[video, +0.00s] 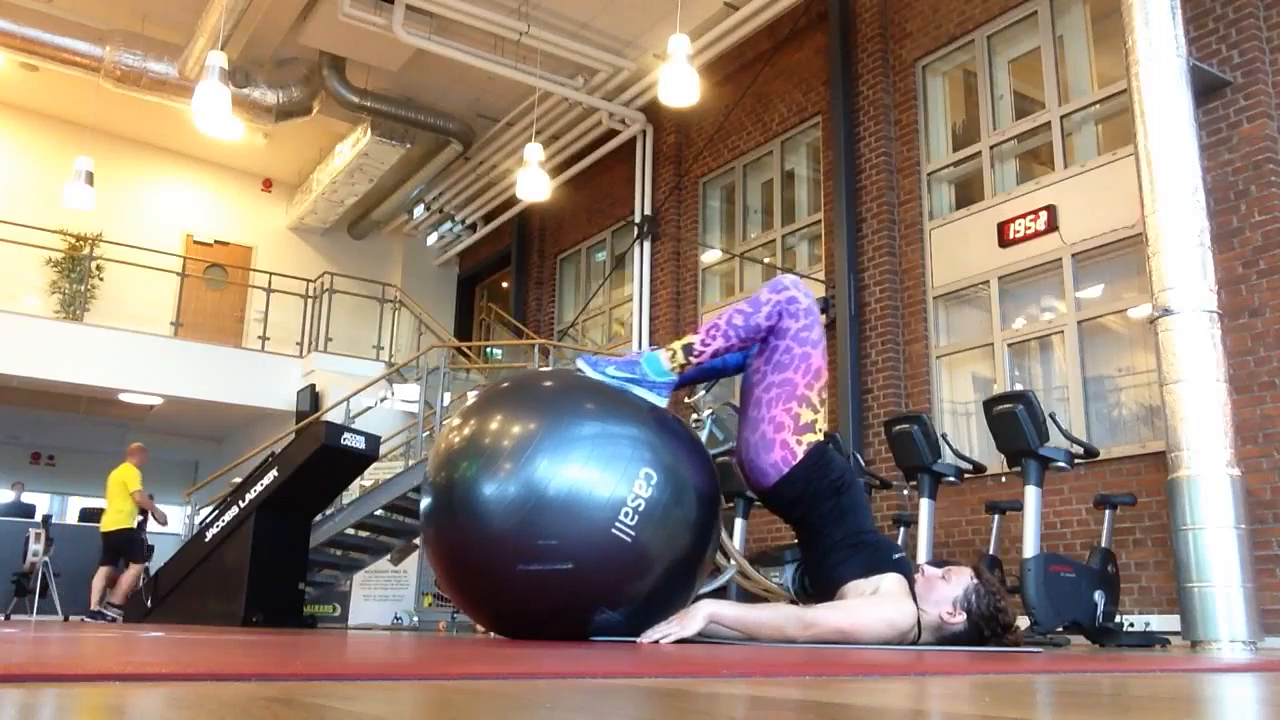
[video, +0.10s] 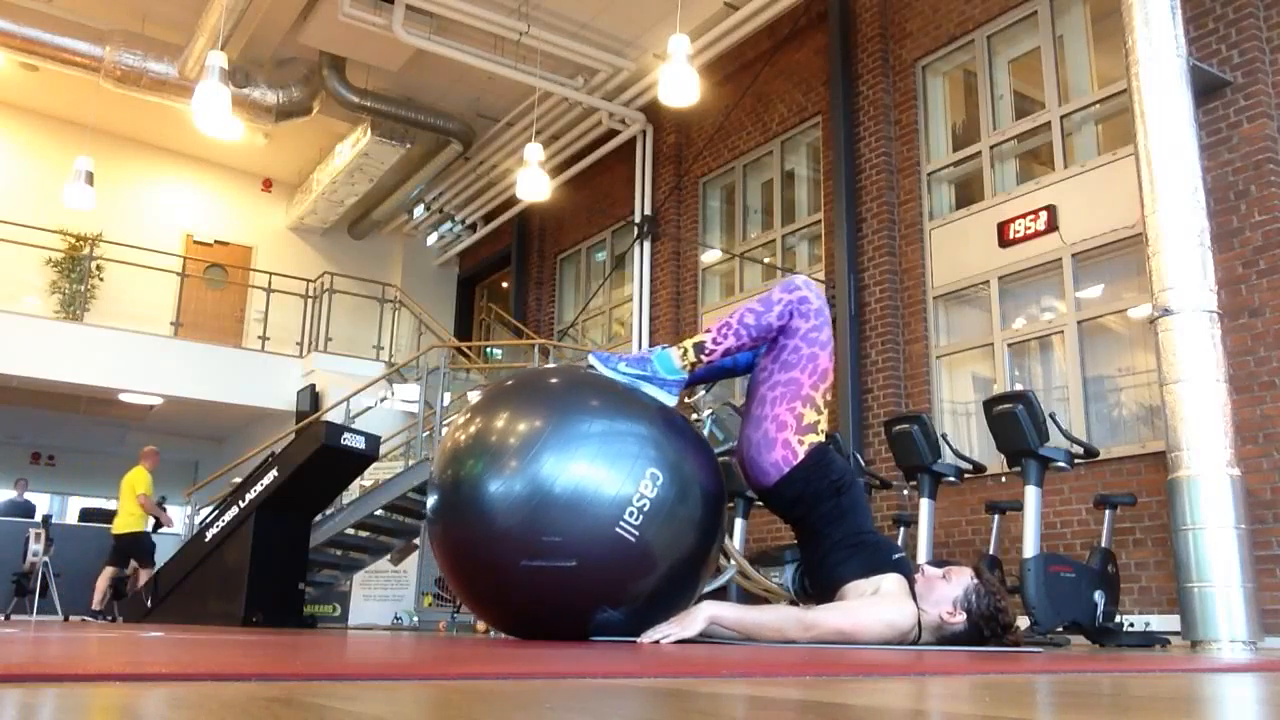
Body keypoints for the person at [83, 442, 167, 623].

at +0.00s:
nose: (145, 460)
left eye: (145, 456)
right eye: (144, 456)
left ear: (129, 454)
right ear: (138, 455)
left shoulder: (115, 472)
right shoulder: (131, 471)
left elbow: (116, 499)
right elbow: (139, 497)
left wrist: (141, 506)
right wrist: (154, 510)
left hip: (107, 525)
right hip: (123, 525)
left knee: (105, 567)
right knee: (136, 564)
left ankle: (94, 608)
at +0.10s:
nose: (158, 463)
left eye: (158, 459)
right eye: (157, 459)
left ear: (142, 458)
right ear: (151, 458)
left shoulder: (129, 475)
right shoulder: (143, 474)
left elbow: (130, 503)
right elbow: (143, 500)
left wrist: (156, 511)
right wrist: (162, 515)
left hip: (120, 529)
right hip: (136, 529)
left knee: (110, 569)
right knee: (146, 569)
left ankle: (95, 608)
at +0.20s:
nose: (170, 467)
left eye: (170, 463)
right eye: (169, 463)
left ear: (155, 461)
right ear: (163, 462)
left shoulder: (143, 479)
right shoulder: (154, 478)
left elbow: (145, 507)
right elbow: (149, 503)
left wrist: (164, 514)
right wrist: (170, 517)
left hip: (136, 534)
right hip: (150, 535)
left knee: (124, 570)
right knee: (153, 576)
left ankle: (99, 605)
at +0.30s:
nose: (183, 468)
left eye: (183, 464)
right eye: (182, 464)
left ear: (169, 462)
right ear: (176, 463)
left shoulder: (157, 478)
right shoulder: (165, 478)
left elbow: (157, 506)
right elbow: (160, 504)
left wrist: (176, 512)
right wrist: (180, 518)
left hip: (151, 531)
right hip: (160, 531)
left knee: (153, 569)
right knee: (178, 566)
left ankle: (123, 595)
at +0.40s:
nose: (194, 468)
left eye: (194, 464)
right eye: (193, 464)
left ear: (182, 460)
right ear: (188, 461)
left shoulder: (169, 476)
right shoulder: (175, 477)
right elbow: (171, 503)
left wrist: (183, 509)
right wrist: (183, 513)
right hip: (169, 529)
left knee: (172, 565)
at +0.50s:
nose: (205, 468)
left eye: (205, 464)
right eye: (204, 464)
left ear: (195, 461)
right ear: (197, 462)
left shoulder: (185, 477)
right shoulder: (184, 477)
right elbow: (181, 504)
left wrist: (185, 504)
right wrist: (188, 505)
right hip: (174, 530)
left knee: (174, 568)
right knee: (173, 568)